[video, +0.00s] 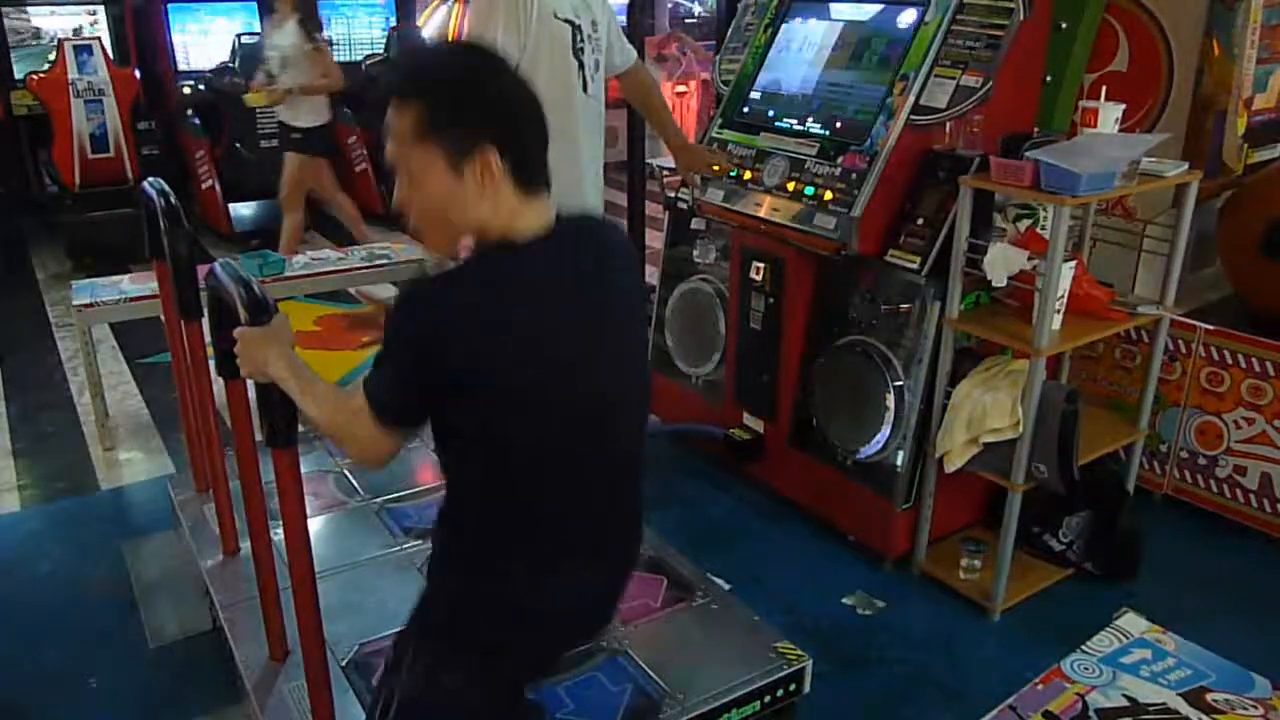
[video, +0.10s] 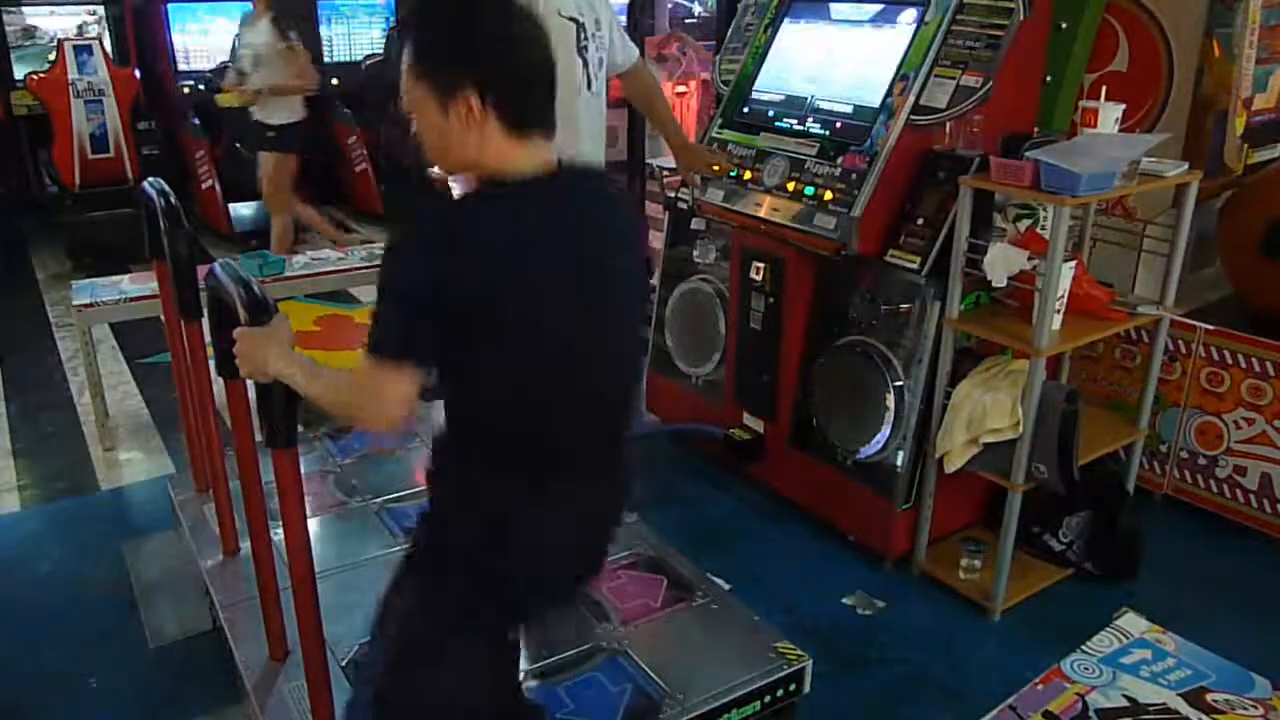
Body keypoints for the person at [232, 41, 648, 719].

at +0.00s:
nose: (398, 200)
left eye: (405, 173)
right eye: (394, 176)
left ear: (484, 167)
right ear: (492, 167)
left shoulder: (439, 309)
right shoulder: (608, 249)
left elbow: (368, 441)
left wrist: (286, 367)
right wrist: (416, 314)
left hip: (492, 602)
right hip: (600, 576)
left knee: (415, 700)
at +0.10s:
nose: (414, 130)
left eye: (416, 111)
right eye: (409, 112)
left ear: (470, 108)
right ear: (537, 98)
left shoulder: (446, 236)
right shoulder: (607, 203)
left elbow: (383, 405)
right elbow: (604, 368)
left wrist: (284, 361)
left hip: (485, 530)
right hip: (589, 509)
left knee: (400, 686)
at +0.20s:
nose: (424, 68)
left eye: (425, 47)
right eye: (422, 48)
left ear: (459, 48)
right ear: (540, 43)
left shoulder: (443, 163)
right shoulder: (617, 151)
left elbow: (379, 345)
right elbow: (645, 302)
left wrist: (284, 349)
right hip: (576, 459)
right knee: (487, 657)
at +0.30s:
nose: (432, 21)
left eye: (433, 11)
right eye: (434, 13)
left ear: (450, 13)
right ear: (536, 11)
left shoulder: (425, 109)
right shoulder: (616, 107)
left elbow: (367, 280)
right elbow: (657, 257)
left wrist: (271, 325)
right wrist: (566, 269)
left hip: (454, 413)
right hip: (563, 412)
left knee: (401, 611)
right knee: (506, 593)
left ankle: (424, 710)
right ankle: (504, 708)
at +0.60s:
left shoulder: (400, 55)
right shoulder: (590, 45)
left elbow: (353, 209)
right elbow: (644, 200)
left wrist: (265, 259)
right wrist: (628, 240)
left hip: (442, 330)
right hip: (550, 330)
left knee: (444, 504)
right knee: (537, 528)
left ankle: (449, 675)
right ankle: (519, 702)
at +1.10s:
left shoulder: (428, 41)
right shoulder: (592, 37)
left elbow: (376, 159)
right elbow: (648, 169)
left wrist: (277, 256)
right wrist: (694, 257)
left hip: (469, 301)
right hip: (562, 301)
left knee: (480, 460)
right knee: (579, 450)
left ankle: (499, 607)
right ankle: (567, 593)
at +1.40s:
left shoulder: (502, 39)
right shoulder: (651, 48)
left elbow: (444, 145)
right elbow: (712, 142)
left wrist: (373, 249)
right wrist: (756, 196)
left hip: (522, 286)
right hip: (613, 285)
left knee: (506, 440)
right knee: (631, 408)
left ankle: (505, 609)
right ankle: (659, 544)